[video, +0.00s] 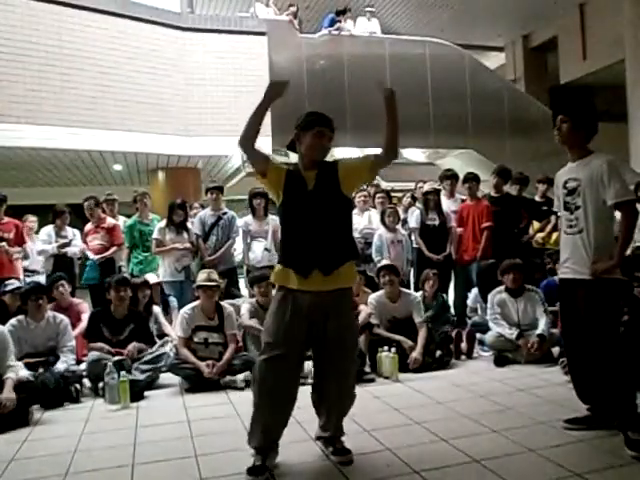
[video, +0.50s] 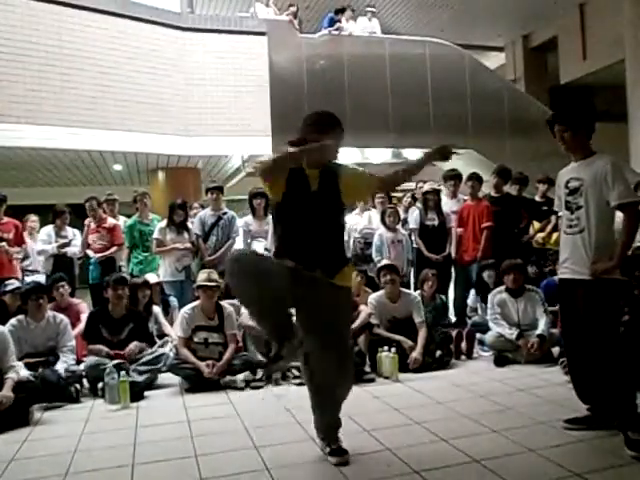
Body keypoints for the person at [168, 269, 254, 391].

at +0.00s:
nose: (209, 293)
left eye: (213, 289)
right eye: (205, 290)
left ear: (219, 291)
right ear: (197, 292)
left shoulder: (227, 311)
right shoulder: (187, 313)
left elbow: (232, 343)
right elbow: (181, 347)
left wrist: (222, 365)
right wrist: (200, 365)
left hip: (221, 357)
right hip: (197, 358)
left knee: (249, 359)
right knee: (173, 364)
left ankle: (198, 383)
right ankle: (221, 381)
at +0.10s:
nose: (209, 293)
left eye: (213, 289)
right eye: (205, 290)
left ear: (219, 291)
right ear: (197, 292)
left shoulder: (227, 311)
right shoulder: (187, 313)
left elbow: (232, 343)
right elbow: (181, 347)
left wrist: (221, 365)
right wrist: (201, 365)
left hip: (222, 357)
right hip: (197, 358)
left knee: (248, 360)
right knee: (174, 365)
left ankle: (199, 383)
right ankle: (221, 381)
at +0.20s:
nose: (209, 293)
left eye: (213, 289)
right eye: (205, 289)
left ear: (219, 291)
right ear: (197, 292)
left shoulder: (227, 311)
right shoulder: (187, 313)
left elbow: (232, 343)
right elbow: (181, 347)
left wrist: (221, 365)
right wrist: (201, 365)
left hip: (222, 357)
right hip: (197, 358)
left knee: (248, 360)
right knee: (174, 365)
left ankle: (199, 383)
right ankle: (221, 382)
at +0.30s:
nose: (210, 293)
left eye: (213, 289)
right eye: (205, 290)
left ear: (219, 291)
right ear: (197, 292)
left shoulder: (227, 311)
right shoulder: (187, 313)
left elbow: (232, 343)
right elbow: (181, 346)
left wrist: (221, 365)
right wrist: (200, 365)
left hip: (221, 358)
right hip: (196, 359)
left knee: (248, 359)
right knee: (173, 364)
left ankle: (199, 383)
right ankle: (222, 381)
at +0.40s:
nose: (209, 293)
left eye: (213, 289)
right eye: (205, 289)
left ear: (219, 291)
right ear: (197, 292)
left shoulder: (227, 312)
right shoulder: (187, 313)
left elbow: (232, 343)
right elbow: (181, 347)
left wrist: (221, 365)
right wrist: (201, 365)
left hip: (221, 358)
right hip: (197, 358)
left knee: (248, 360)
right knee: (174, 365)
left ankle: (199, 383)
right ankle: (221, 381)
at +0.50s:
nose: (210, 293)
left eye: (213, 289)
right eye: (205, 290)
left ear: (219, 291)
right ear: (197, 292)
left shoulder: (227, 312)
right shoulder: (187, 313)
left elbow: (232, 343)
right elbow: (181, 347)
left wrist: (221, 365)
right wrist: (201, 365)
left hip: (221, 359)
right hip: (197, 359)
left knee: (248, 360)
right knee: (173, 365)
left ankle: (199, 383)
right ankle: (222, 382)